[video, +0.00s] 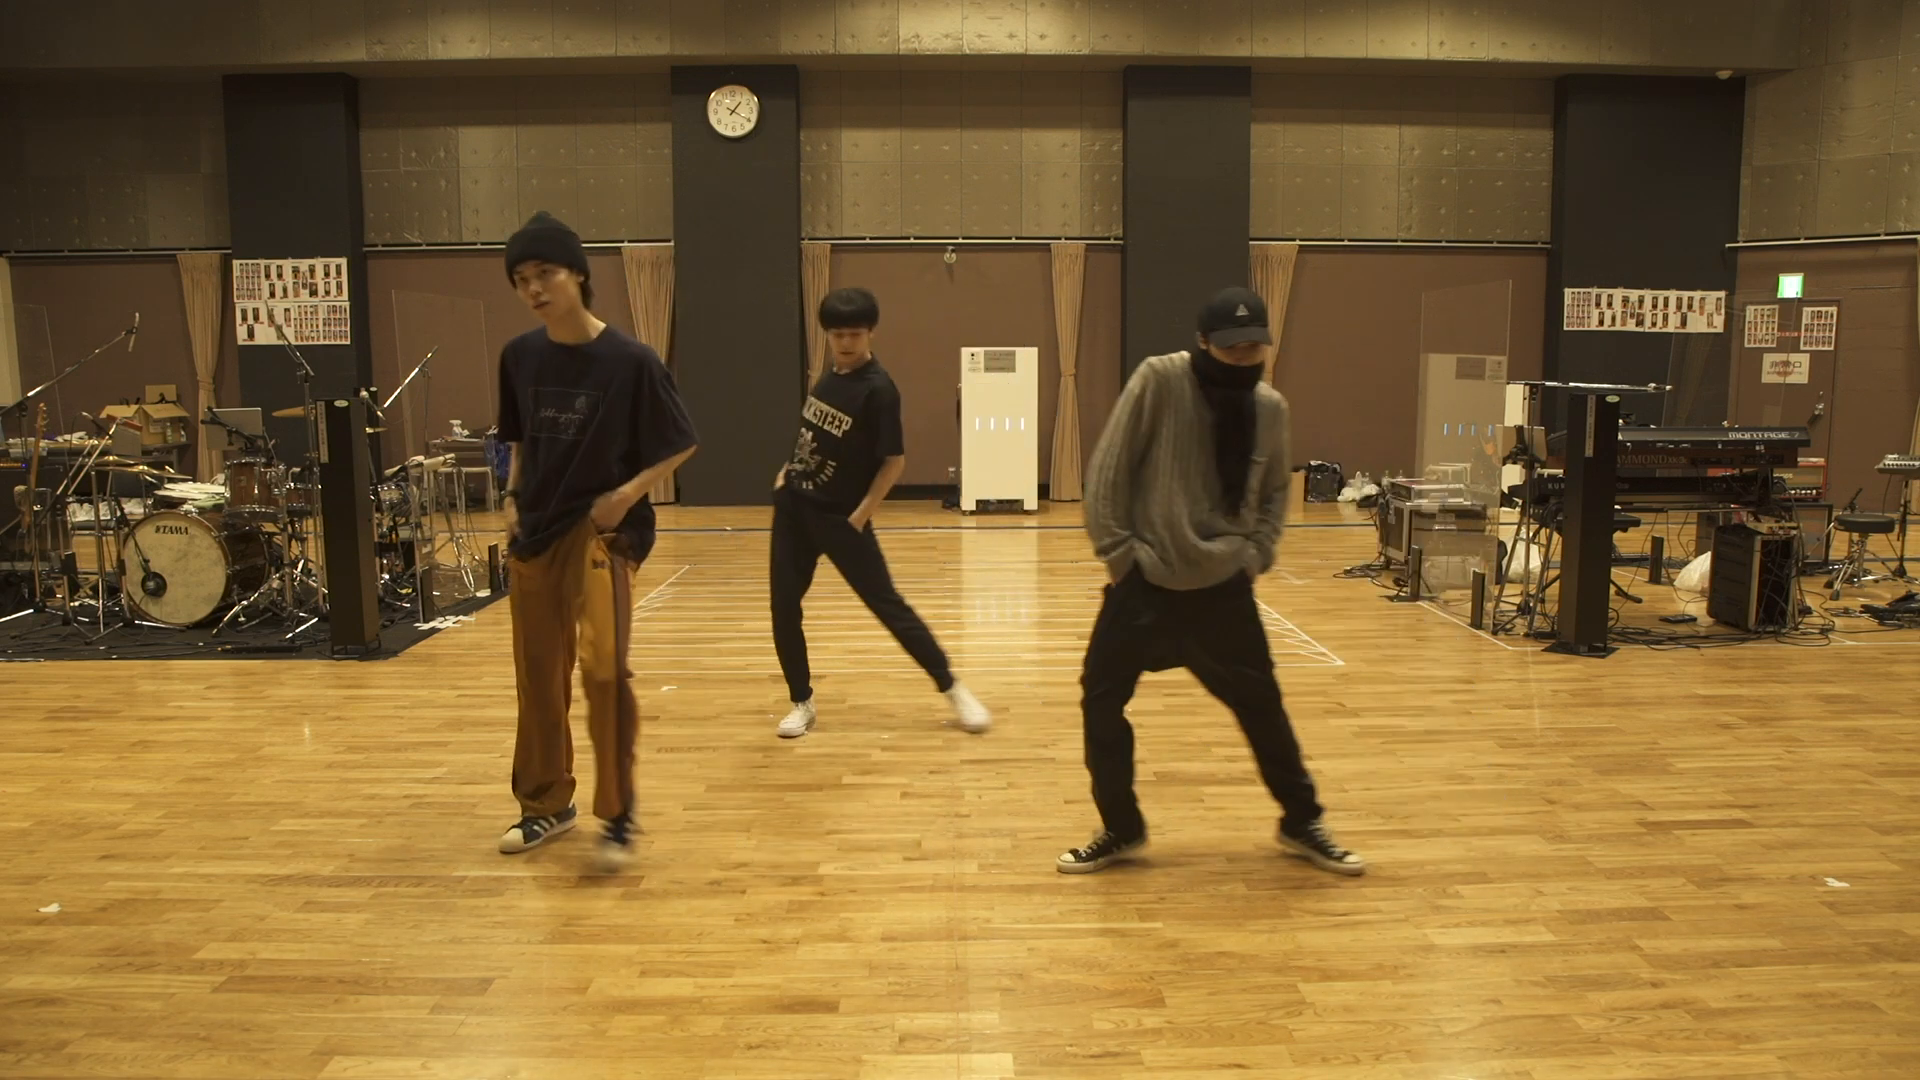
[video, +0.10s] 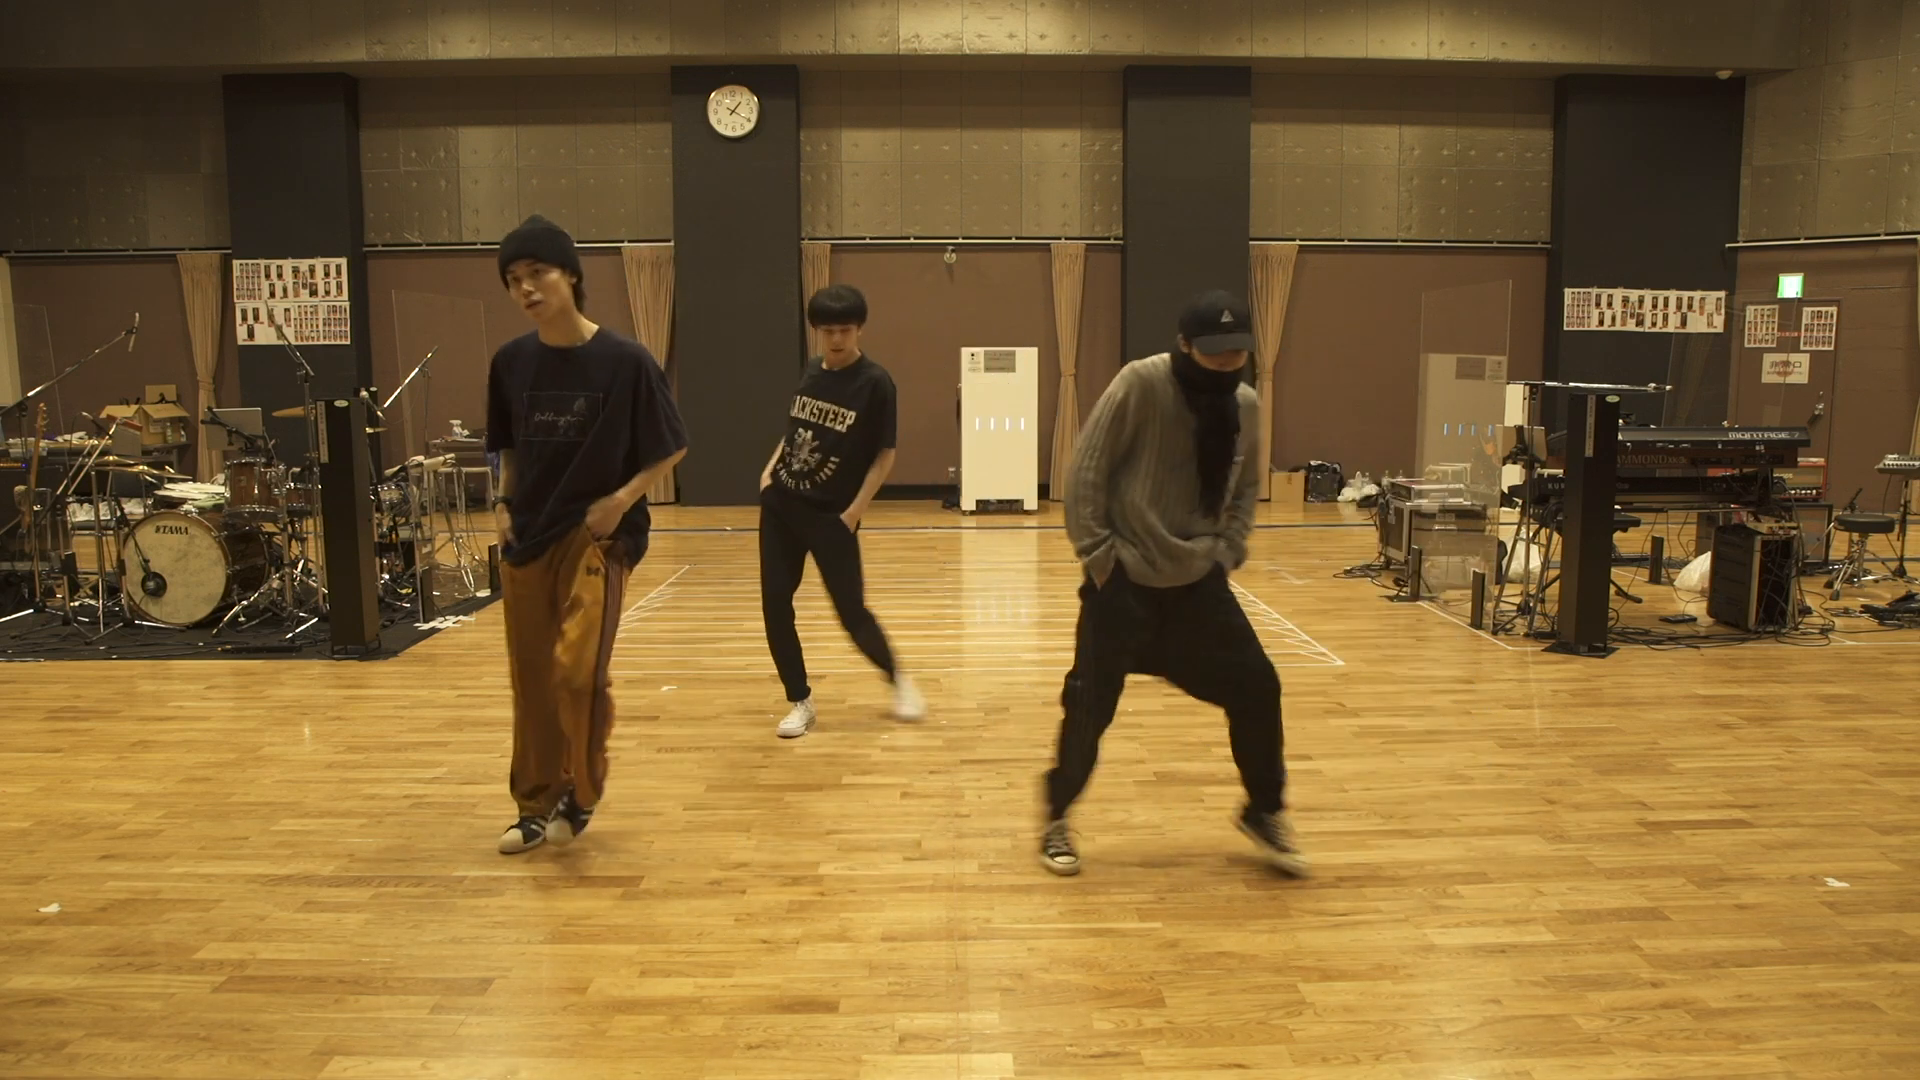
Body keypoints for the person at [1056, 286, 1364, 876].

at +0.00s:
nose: (1243, 358)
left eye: (1253, 347)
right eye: (1230, 347)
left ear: (1267, 345)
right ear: (1203, 343)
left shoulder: (1270, 407)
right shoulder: (1158, 379)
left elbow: (1275, 491)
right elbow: (1106, 468)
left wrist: (1256, 554)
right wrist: (1119, 555)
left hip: (1223, 587)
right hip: (1146, 582)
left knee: (1262, 704)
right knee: (1101, 698)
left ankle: (1301, 820)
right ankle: (1122, 827)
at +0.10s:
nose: (1230, 363)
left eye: (1238, 351)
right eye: (1217, 353)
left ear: (1247, 346)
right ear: (1186, 345)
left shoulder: (1245, 402)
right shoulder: (1139, 384)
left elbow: (1245, 487)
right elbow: (1086, 469)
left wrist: (1225, 552)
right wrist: (1098, 557)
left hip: (1197, 578)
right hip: (1123, 574)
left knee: (1258, 686)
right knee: (1090, 702)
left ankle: (1263, 811)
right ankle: (1056, 817)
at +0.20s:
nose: (1212, 371)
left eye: (1219, 360)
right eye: (1198, 361)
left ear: (1229, 356)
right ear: (1166, 356)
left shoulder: (1228, 408)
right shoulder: (1124, 408)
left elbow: (1227, 489)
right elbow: (1056, 486)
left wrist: (1204, 560)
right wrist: (1089, 572)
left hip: (1180, 593)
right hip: (1113, 596)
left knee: (1254, 671)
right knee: (1073, 711)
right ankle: (1008, 826)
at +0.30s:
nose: (1195, 373)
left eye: (1202, 362)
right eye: (1184, 362)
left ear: (1210, 359)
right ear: (1150, 353)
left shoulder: (1215, 405)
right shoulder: (1099, 418)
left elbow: (1222, 492)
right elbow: (1038, 495)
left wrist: (1207, 564)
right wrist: (1084, 566)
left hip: (1175, 595)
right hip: (1108, 595)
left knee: (1190, 723)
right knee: (1076, 718)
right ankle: (1021, 818)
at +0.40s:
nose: (1199, 367)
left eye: (1206, 357)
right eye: (1189, 355)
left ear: (1211, 352)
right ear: (1154, 343)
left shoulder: (1220, 397)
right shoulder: (1098, 409)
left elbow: (1238, 485)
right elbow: (1040, 484)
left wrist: (1222, 561)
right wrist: (1084, 550)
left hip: (1186, 572)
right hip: (1119, 571)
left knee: (1147, 695)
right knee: (1136, 692)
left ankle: (1084, 791)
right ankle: (1061, 784)